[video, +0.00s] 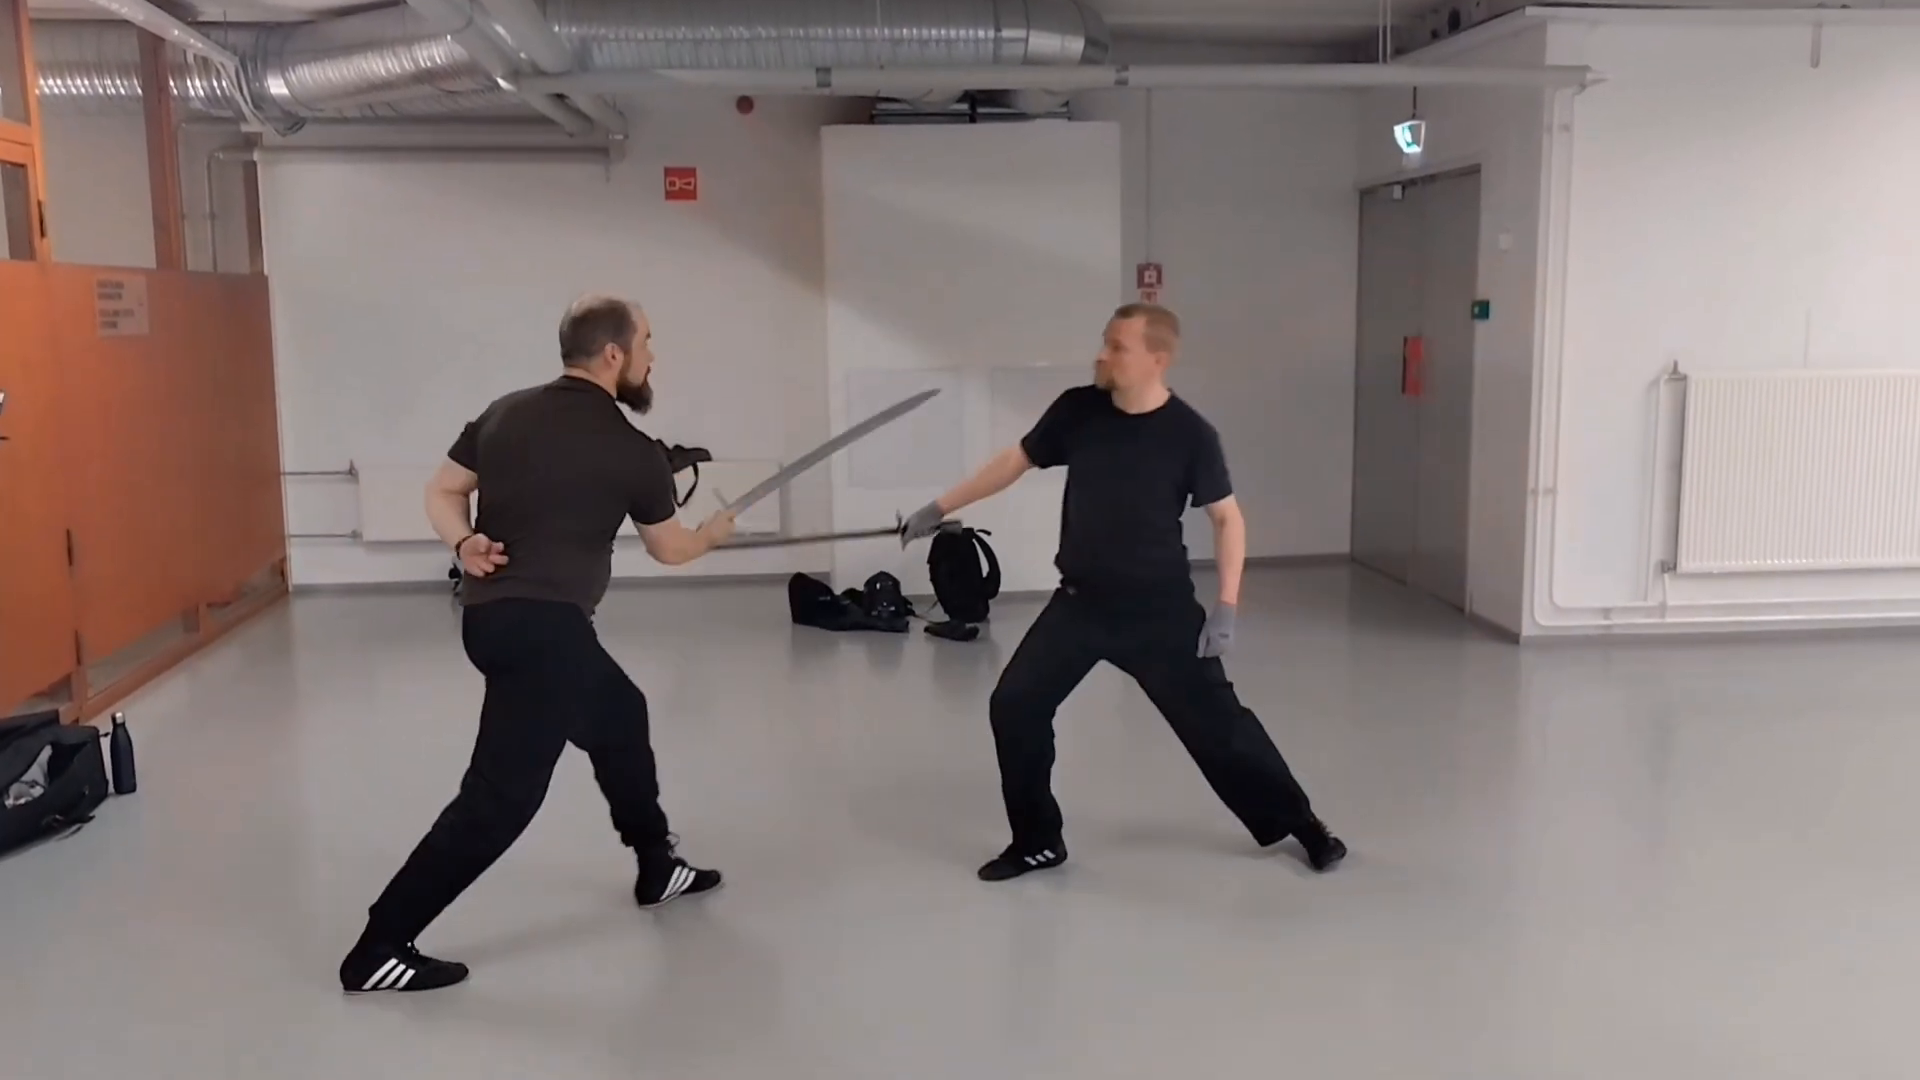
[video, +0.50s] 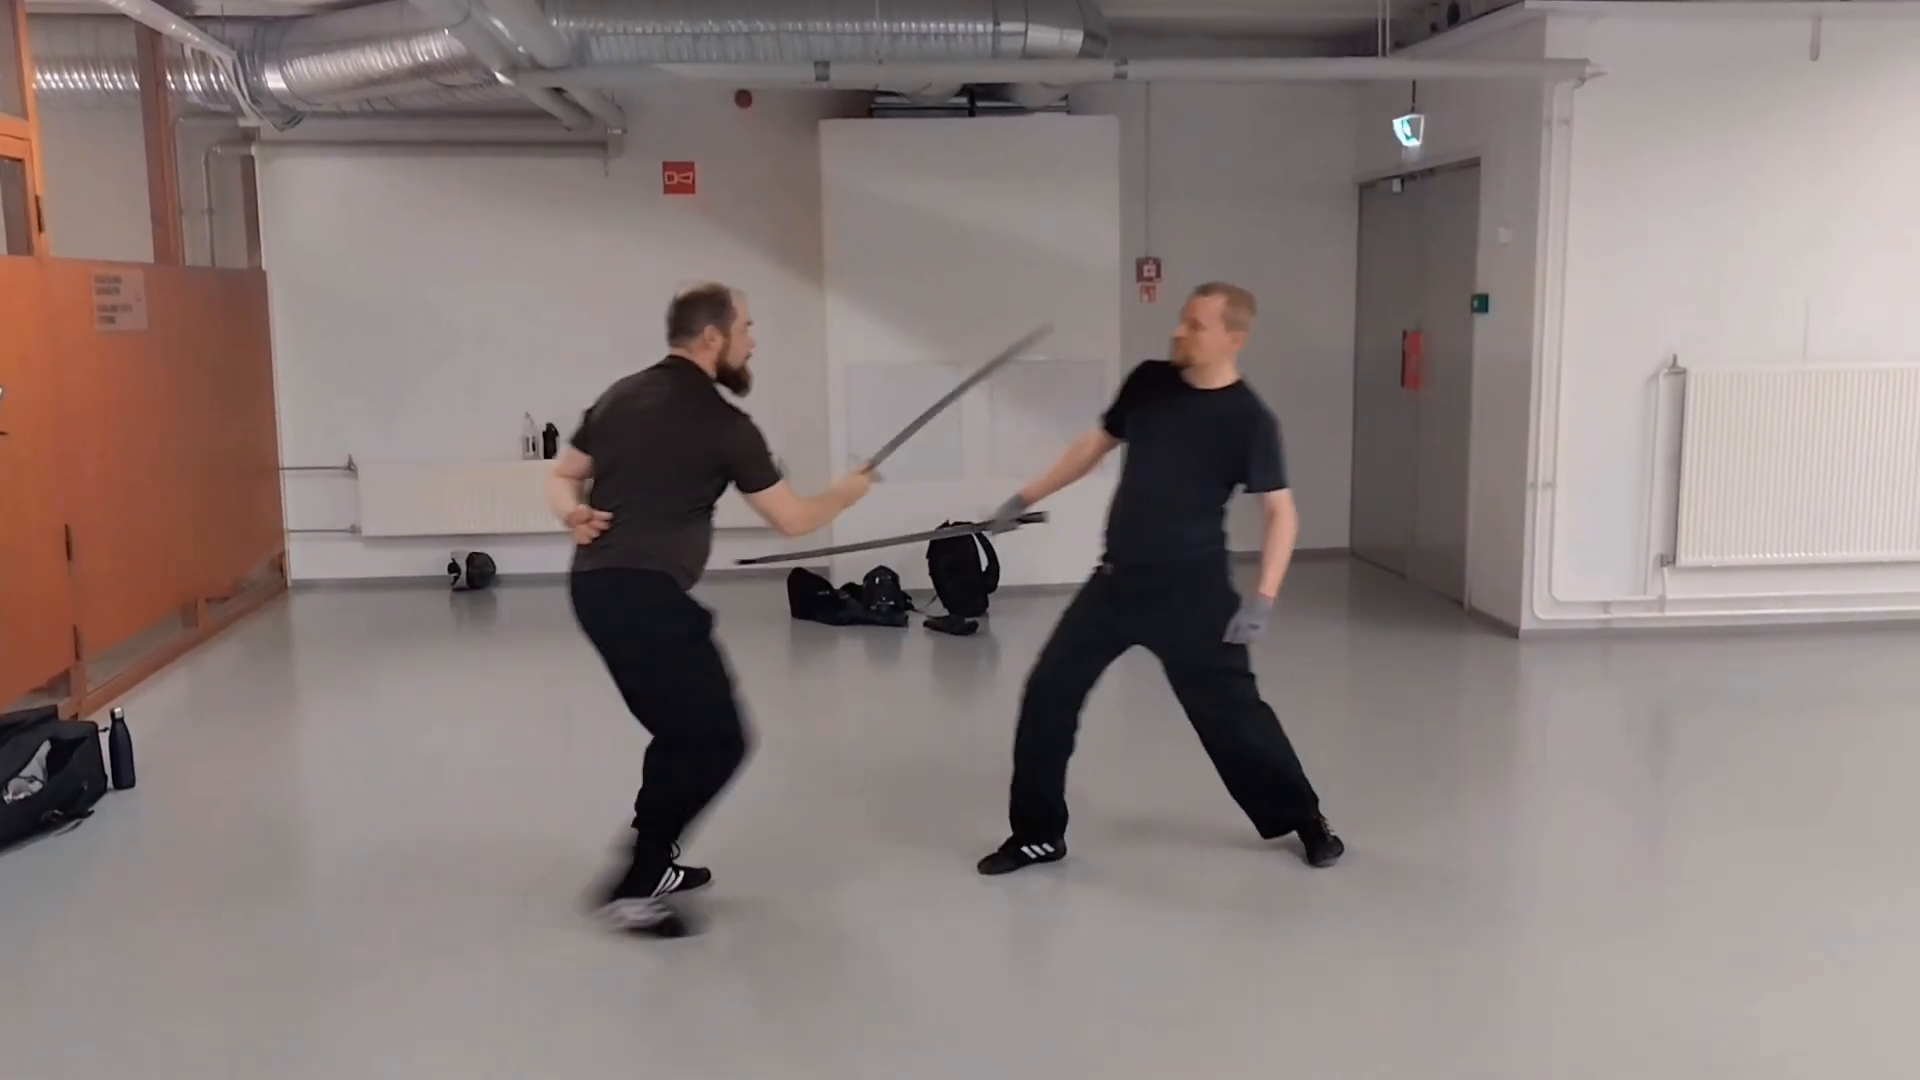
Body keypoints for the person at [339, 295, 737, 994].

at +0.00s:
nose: (651, 358)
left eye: (650, 344)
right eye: (646, 346)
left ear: (574, 355)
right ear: (614, 355)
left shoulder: (506, 414)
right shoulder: (630, 447)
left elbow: (444, 490)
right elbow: (670, 548)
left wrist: (462, 541)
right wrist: (714, 533)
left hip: (490, 617)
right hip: (548, 623)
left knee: (620, 713)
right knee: (498, 800)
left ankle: (656, 865)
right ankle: (377, 952)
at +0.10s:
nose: (663, 353)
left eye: (660, 340)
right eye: (656, 341)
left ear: (588, 350)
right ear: (626, 350)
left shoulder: (521, 408)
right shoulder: (640, 443)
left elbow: (449, 480)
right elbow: (690, 532)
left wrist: (470, 533)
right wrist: (739, 508)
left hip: (494, 606)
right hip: (547, 616)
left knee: (619, 711)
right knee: (492, 790)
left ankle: (648, 867)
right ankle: (377, 948)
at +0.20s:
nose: (684, 354)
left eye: (682, 341)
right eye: (678, 342)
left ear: (612, 352)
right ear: (648, 351)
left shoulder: (546, 408)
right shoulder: (657, 437)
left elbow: (468, 478)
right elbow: (721, 523)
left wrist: (491, 530)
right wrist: (775, 494)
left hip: (515, 601)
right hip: (563, 613)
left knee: (633, 707)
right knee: (499, 782)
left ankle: (648, 868)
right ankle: (379, 942)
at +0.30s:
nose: (709, 354)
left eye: (707, 341)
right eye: (703, 342)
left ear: (636, 349)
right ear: (673, 350)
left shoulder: (572, 406)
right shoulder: (684, 438)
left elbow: (503, 480)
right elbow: (741, 525)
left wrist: (518, 528)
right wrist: (796, 501)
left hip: (546, 597)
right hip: (593, 606)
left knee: (657, 707)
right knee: (559, 768)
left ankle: (649, 867)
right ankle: (409, 912)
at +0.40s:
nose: (732, 348)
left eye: (729, 335)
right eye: (724, 336)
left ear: (668, 347)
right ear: (694, 345)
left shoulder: (599, 402)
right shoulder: (705, 431)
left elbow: (532, 480)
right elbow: (761, 525)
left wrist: (548, 524)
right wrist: (816, 504)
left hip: (574, 590)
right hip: (621, 597)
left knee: (676, 711)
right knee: (649, 756)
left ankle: (650, 867)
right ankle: (495, 883)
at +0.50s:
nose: (751, 342)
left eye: (749, 329)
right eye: (744, 329)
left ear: (686, 338)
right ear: (713, 337)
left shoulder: (623, 397)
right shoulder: (722, 422)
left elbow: (561, 477)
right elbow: (792, 518)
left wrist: (573, 512)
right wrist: (845, 493)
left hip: (598, 586)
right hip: (651, 590)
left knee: (681, 728)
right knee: (720, 739)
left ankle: (648, 860)